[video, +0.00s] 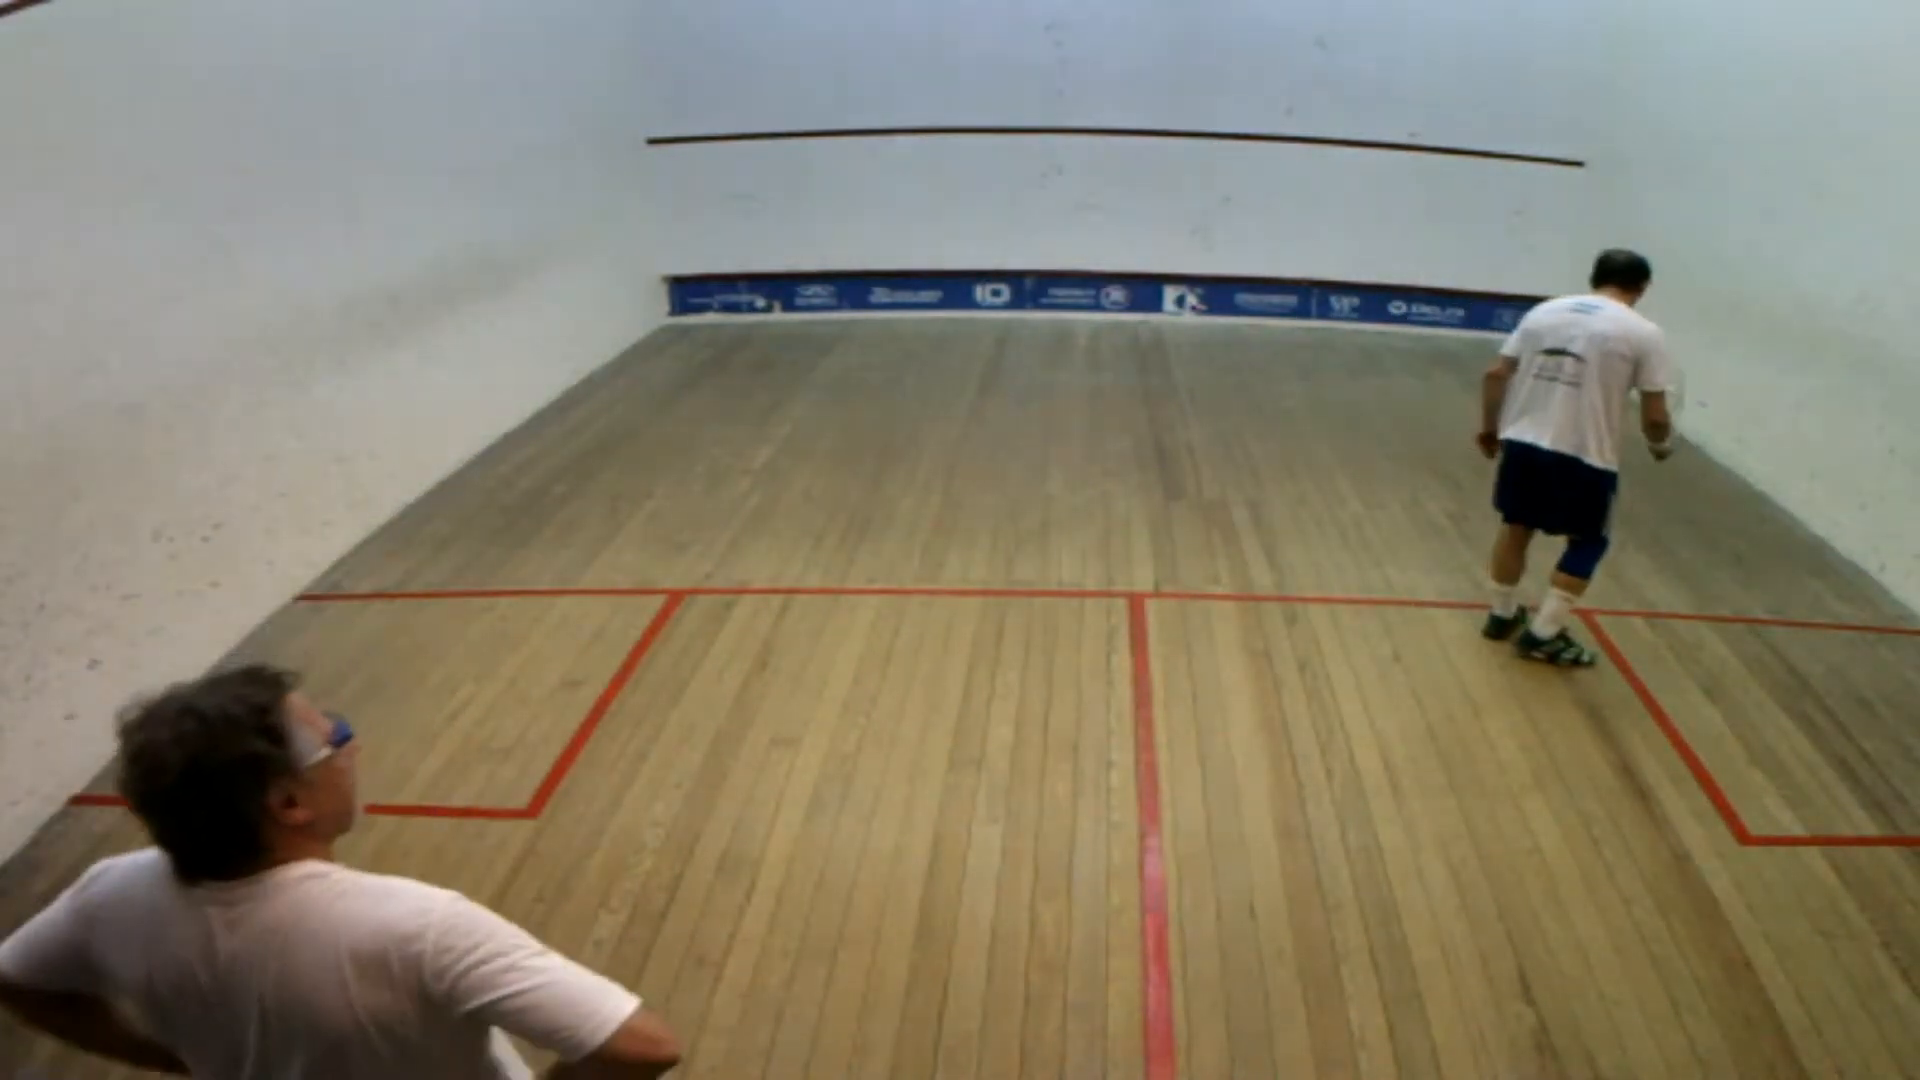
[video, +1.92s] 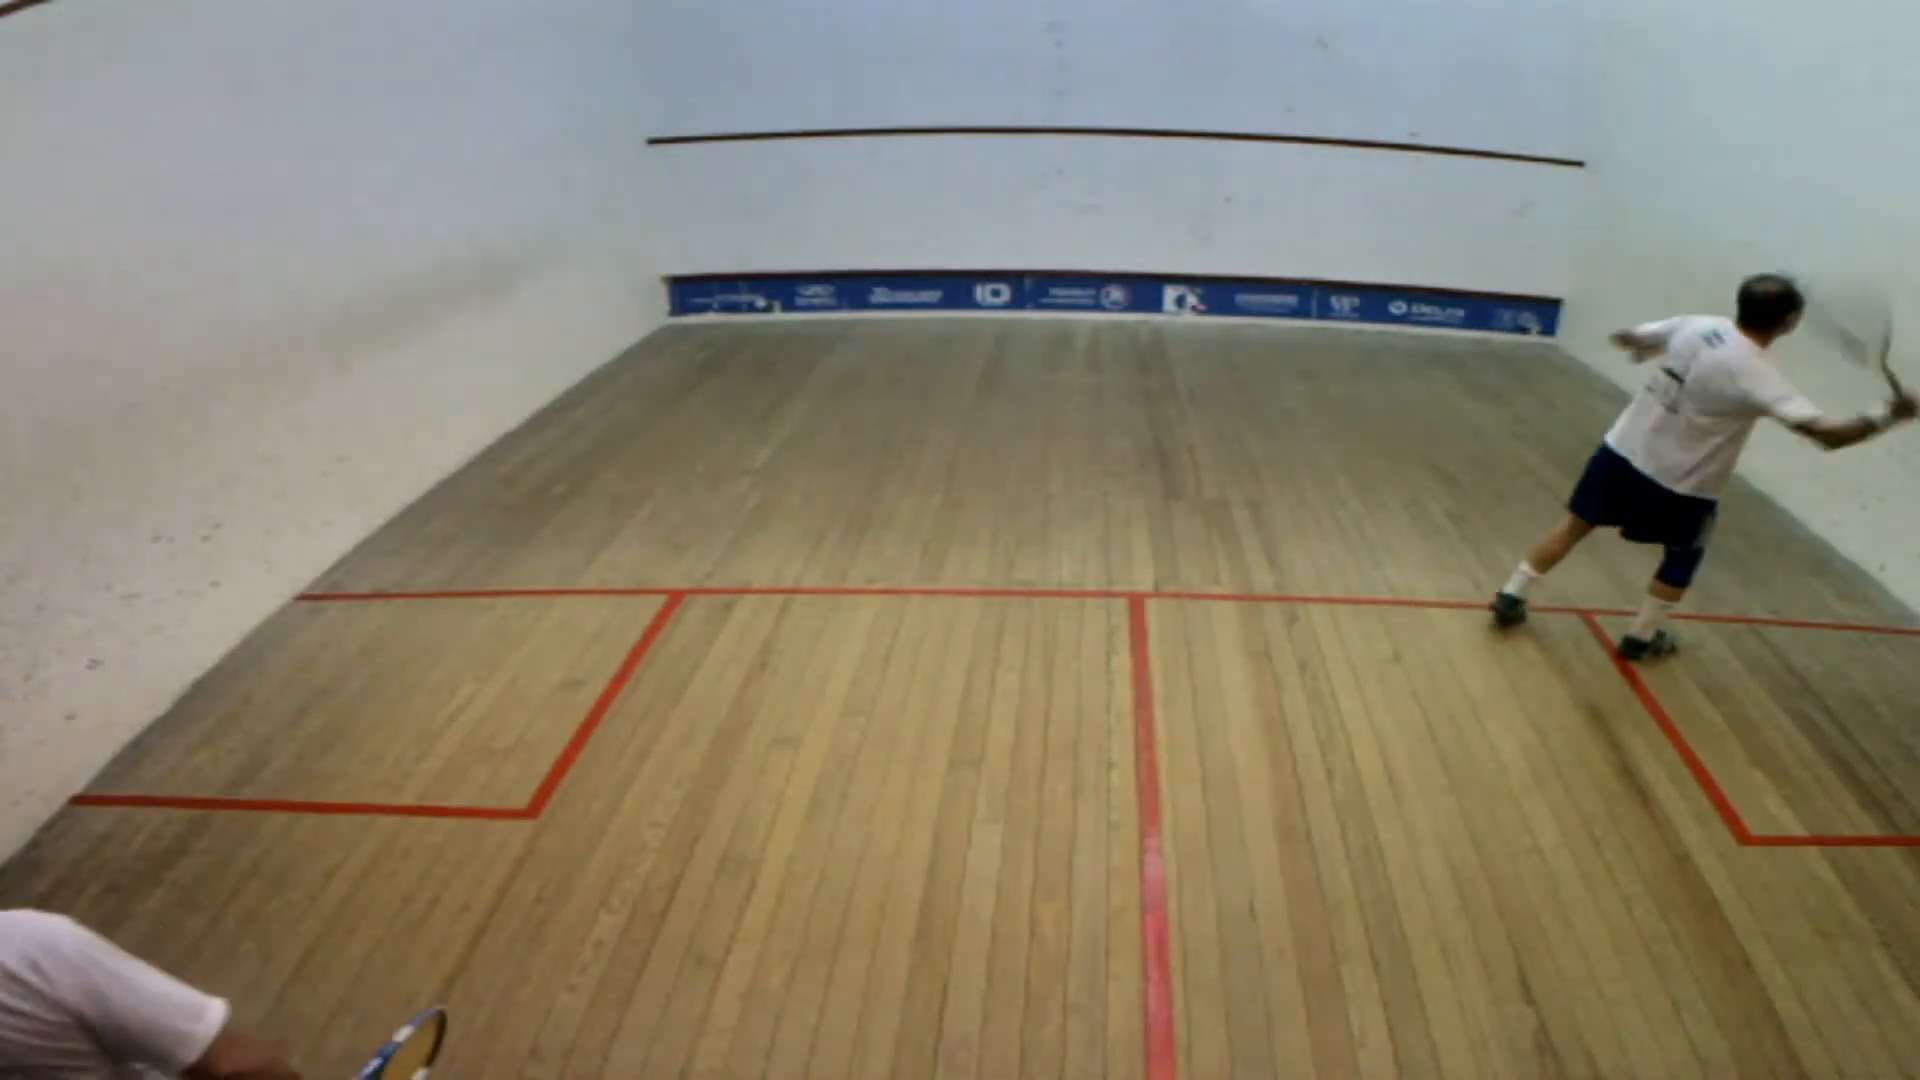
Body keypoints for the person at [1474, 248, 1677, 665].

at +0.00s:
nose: (1641, 297)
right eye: (1643, 291)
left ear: (1594, 280)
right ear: (1638, 288)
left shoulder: (1546, 310)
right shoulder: (1642, 333)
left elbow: (1496, 373)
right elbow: (1655, 418)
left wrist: (1489, 428)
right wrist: (1660, 445)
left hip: (1523, 443)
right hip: (1586, 457)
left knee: (1516, 526)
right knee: (1588, 541)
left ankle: (1501, 612)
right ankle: (1544, 631)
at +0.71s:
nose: (1641, 297)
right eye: (1645, 291)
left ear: (1598, 278)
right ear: (1642, 289)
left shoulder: (1550, 310)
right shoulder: (1643, 335)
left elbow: (1498, 366)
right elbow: (1648, 415)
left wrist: (1549, 385)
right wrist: (1665, 460)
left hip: (1529, 447)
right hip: (1593, 459)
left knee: (1517, 527)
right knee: (1612, 536)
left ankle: (1500, 614)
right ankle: (1562, 621)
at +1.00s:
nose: (1676, 297)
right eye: (1676, 291)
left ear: (1625, 282)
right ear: (1670, 294)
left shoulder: (1579, 319)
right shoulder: (1659, 338)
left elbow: (1559, 381)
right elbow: (1658, 410)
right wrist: (1717, 425)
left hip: (1552, 453)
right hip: (1618, 467)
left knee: (1527, 532)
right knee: (1629, 552)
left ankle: (1500, 615)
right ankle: (1639, 634)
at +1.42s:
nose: (1751, 312)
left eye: (1749, 303)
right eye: (1752, 305)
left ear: (1703, 292)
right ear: (1743, 308)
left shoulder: (1662, 324)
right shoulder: (1715, 353)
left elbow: (1646, 389)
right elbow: (1725, 425)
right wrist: (1797, 409)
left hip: (1608, 450)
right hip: (1666, 475)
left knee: (1567, 531)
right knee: (1661, 558)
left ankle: (1510, 607)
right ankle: (1640, 636)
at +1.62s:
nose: (1770, 312)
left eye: (1766, 303)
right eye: (1771, 306)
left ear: (1722, 295)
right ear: (1763, 312)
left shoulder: (1683, 323)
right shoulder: (1735, 361)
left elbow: (1704, 367)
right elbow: (1762, 432)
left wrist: (1760, 356)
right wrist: (1825, 404)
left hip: (1619, 448)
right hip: (1676, 478)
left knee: (1576, 523)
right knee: (1664, 559)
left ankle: (1516, 599)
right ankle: (1641, 636)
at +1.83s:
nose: (1791, 323)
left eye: (1789, 313)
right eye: (1791, 316)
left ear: (1741, 300)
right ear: (1780, 320)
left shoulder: (1700, 324)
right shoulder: (1746, 369)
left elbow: (1668, 343)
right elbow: (1798, 432)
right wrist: (1862, 399)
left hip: (1623, 449)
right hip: (1677, 484)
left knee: (1579, 524)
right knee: (1672, 559)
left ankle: (1516, 598)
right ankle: (1640, 636)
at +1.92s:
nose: (1793, 331)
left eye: (1795, 323)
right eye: (1793, 323)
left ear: (1743, 307)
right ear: (1779, 324)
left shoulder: (1698, 328)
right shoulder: (1756, 373)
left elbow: (1630, 338)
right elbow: (1825, 434)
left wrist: (1648, 351)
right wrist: (1886, 418)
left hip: (1623, 451)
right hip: (1679, 487)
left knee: (1574, 525)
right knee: (1685, 551)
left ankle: (1510, 595)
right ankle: (1641, 634)